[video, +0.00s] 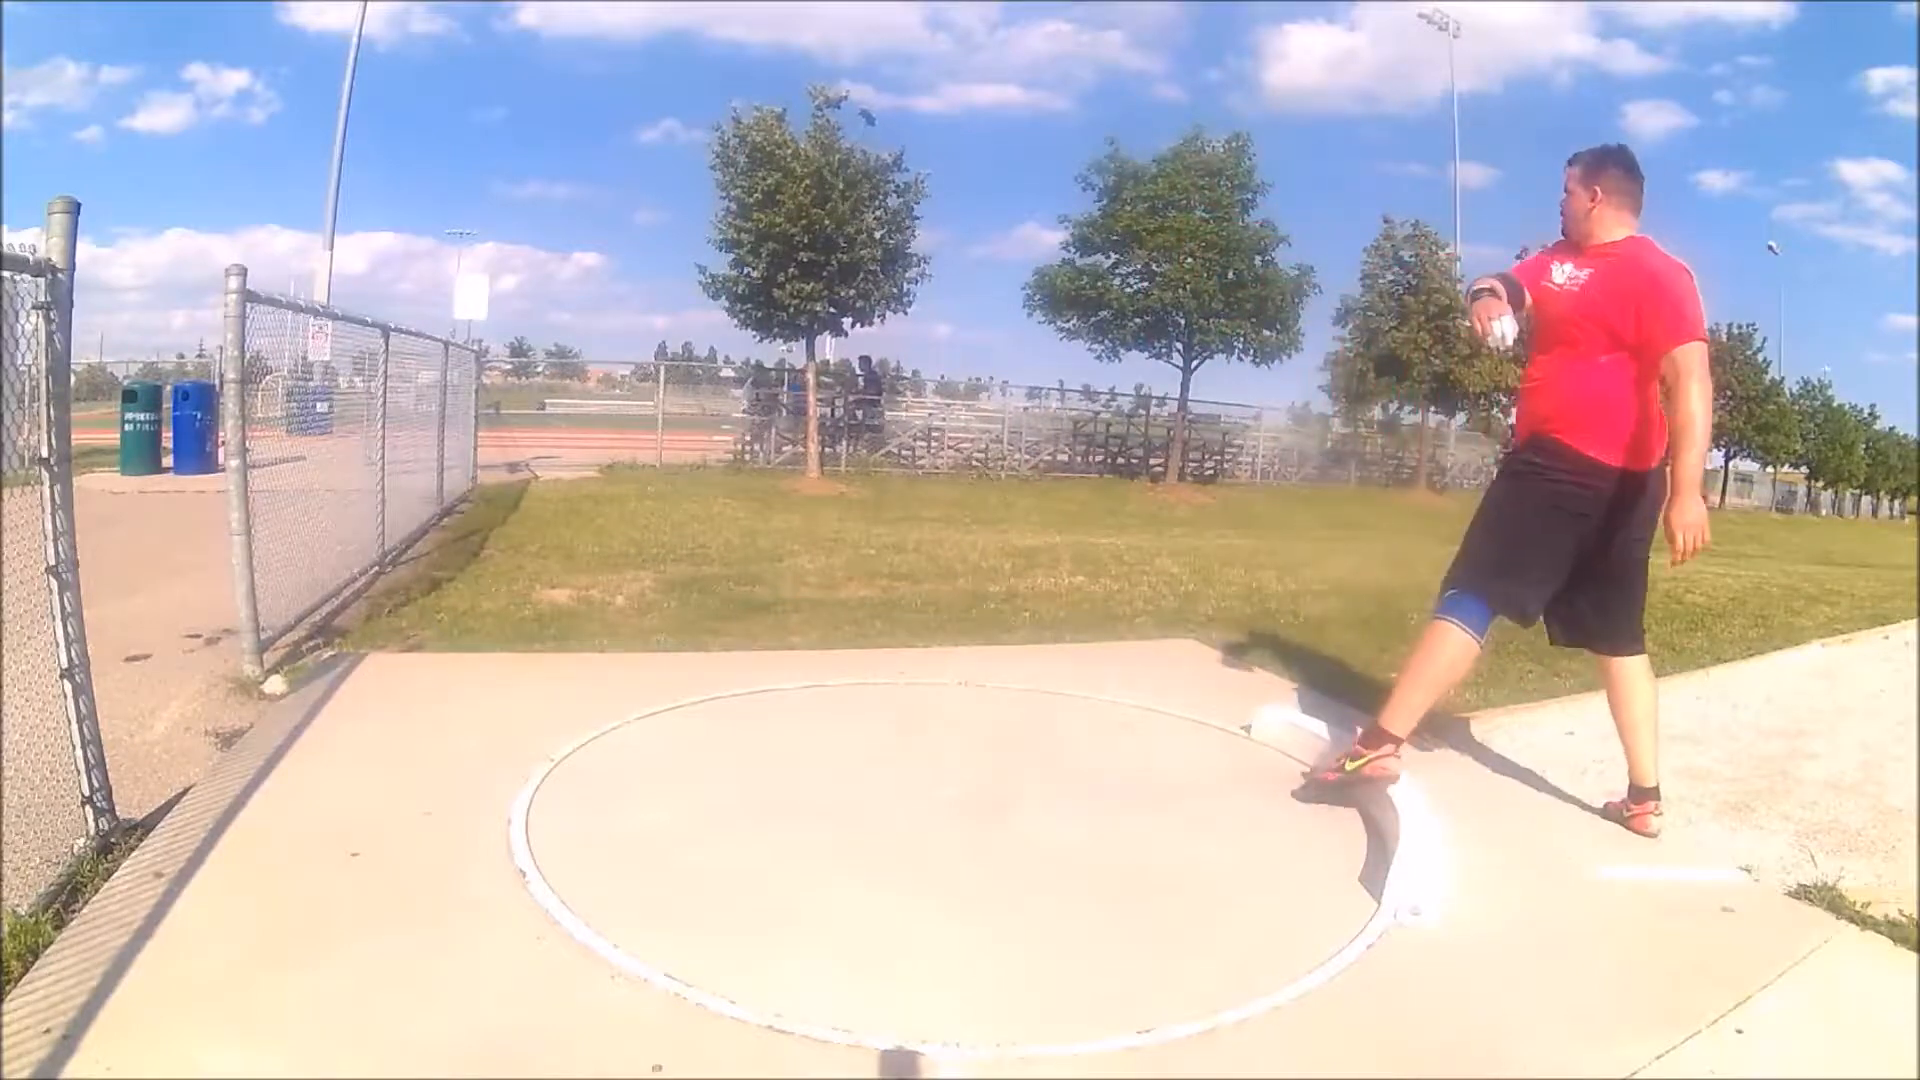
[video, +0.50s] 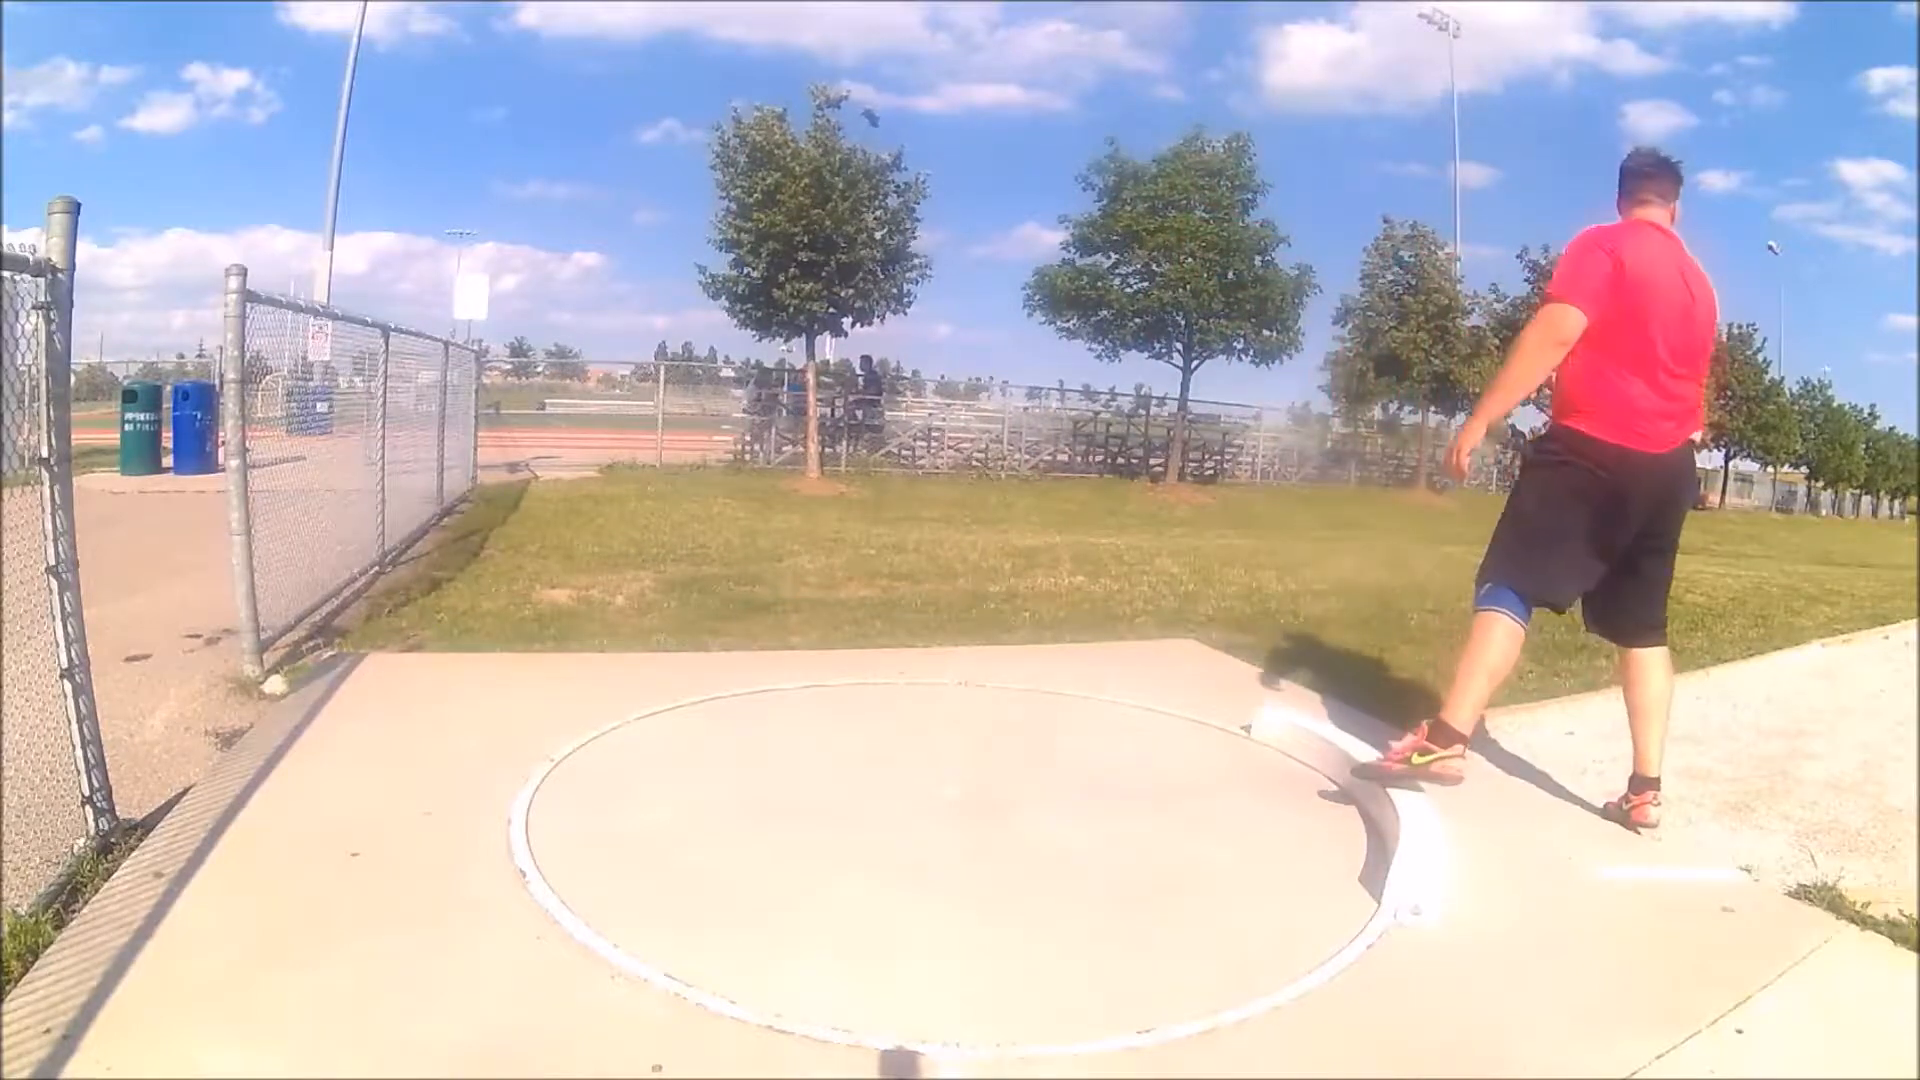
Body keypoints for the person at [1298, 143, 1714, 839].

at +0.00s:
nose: (1562, 208)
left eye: (1568, 196)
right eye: (1564, 196)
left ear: (1596, 195)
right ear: (1613, 196)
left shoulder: (1659, 271)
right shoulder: (1555, 260)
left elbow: (1691, 379)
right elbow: (1501, 286)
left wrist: (1689, 492)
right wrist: (1489, 298)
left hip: (1561, 461)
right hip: (1631, 476)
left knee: (1471, 597)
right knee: (1618, 629)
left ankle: (1381, 741)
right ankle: (1645, 796)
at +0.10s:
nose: (1585, 210)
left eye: (1588, 198)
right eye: (1588, 199)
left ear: (1605, 192)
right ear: (1647, 197)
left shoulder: (1668, 267)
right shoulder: (1581, 264)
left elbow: (1685, 376)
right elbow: (1528, 288)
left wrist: (1664, 493)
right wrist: (1504, 304)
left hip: (1571, 464)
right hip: (1631, 479)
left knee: (1488, 593)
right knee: (1629, 630)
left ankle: (1411, 737)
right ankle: (1645, 794)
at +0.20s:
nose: (1606, 214)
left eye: (1607, 204)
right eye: (1613, 205)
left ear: (1616, 199)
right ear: (1666, 204)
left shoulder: (1649, 259)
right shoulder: (1630, 267)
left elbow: (1658, 369)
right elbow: (1560, 306)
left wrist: (1614, 474)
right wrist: (1511, 319)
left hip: (1587, 463)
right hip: (1655, 475)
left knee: (1506, 597)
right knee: (1637, 633)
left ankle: (1423, 736)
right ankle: (1646, 793)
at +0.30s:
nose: (1617, 213)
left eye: (1616, 204)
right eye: (1631, 203)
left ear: (1619, 201)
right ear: (1673, 205)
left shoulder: (1639, 251)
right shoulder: (1666, 262)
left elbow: (1635, 346)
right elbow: (1568, 321)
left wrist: (1576, 459)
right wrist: (1509, 338)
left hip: (1600, 460)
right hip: (1664, 473)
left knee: (1512, 597)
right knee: (1640, 630)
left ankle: (1427, 736)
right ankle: (1646, 792)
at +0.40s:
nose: (1627, 213)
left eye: (1623, 202)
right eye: (1654, 202)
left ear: (1623, 199)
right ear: (1679, 205)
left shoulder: (1621, 245)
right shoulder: (1692, 275)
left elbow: (1590, 338)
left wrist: (1524, 436)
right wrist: (1546, 376)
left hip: (1593, 455)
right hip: (1668, 473)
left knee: (1518, 596)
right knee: (1643, 627)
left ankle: (1441, 735)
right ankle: (1646, 791)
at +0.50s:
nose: (1642, 211)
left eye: (1626, 199)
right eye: (1667, 203)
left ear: (1619, 197)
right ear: (1678, 205)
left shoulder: (1602, 244)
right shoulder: (1700, 283)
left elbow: (1557, 329)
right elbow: (1694, 388)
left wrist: (1480, 419)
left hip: (1583, 456)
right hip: (1666, 471)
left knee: (1509, 589)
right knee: (1643, 623)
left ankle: (1449, 733)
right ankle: (1646, 790)